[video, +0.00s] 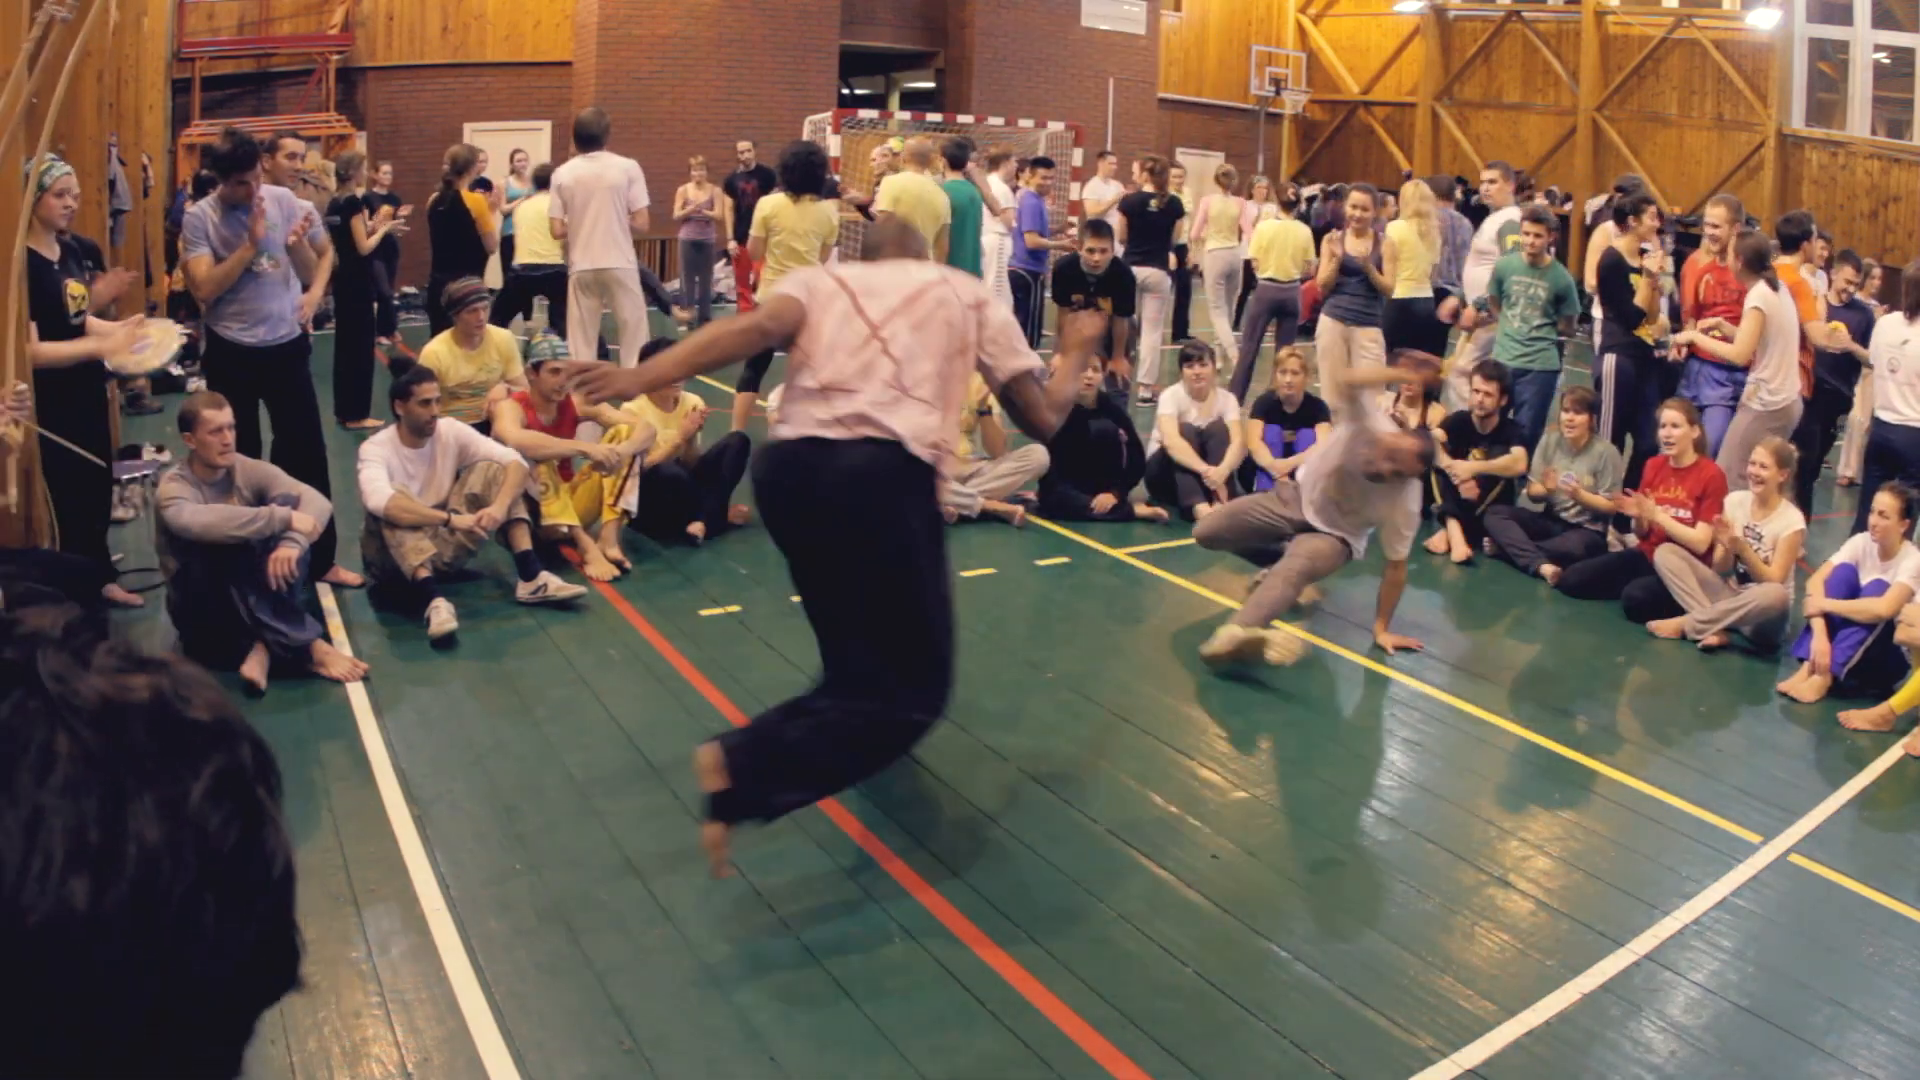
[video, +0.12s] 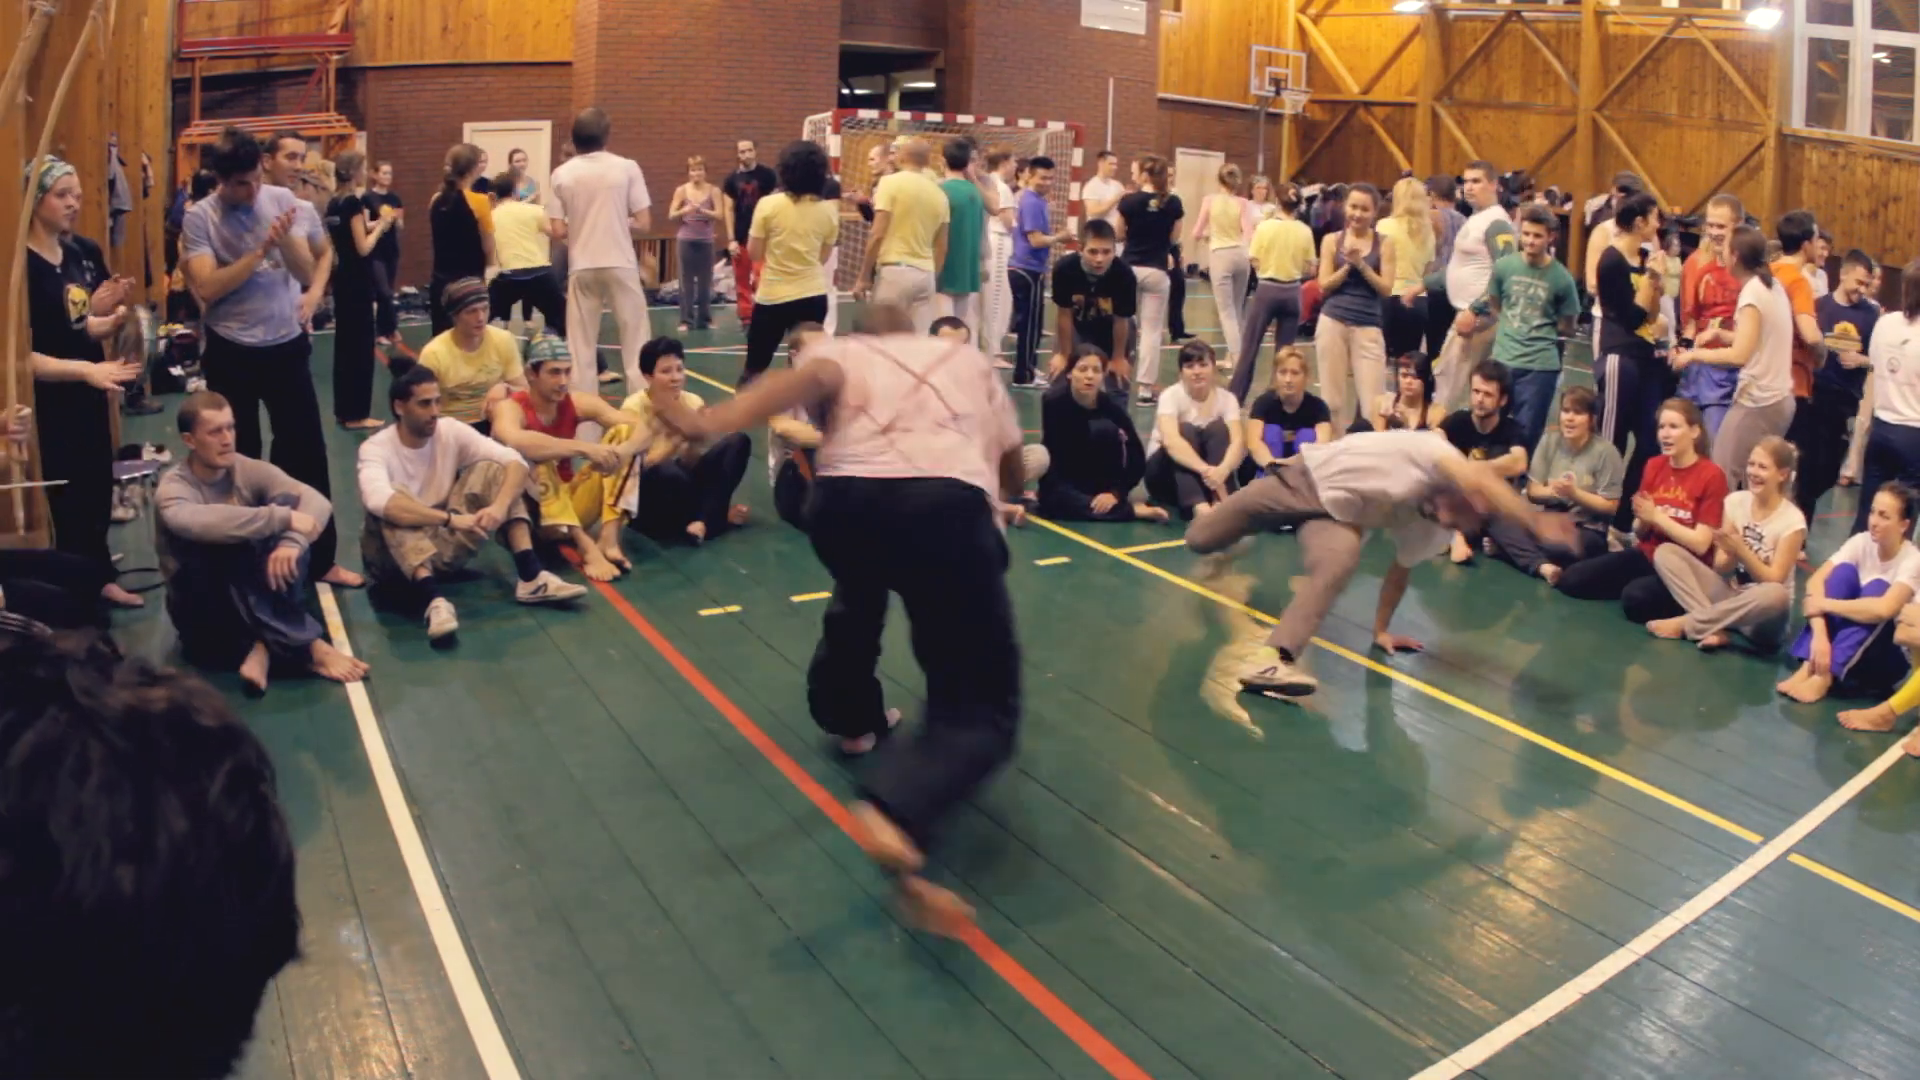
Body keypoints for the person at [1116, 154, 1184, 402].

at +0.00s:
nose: (1134, 175)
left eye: (1137, 171)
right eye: (1136, 170)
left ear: (1145, 175)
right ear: (1164, 176)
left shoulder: (1129, 201)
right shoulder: (1174, 203)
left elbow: (1121, 237)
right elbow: (1175, 238)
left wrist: (1137, 235)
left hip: (1133, 266)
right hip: (1159, 267)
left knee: (1125, 322)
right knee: (1153, 329)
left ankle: (1119, 376)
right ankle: (1145, 385)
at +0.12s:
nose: (1133, 175)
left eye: (1136, 172)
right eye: (1135, 171)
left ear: (1144, 175)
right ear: (1163, 176)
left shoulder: (1129, 200)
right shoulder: (1173, 202)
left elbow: (1119, 233)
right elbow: (1175, 236)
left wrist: (1136, 230)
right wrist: (1158, 232)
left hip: (1131, 266)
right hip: (1158, 268)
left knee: (1123, 322)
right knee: (1153, 329)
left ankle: (1118, 377)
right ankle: (1145, 385)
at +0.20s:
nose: (1133, 175)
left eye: (1136, 172)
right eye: (1135, 171)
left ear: (1144, 175)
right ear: (1162, 176)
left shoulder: (1128, 201)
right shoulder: (1173, 203)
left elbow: (1120, 233)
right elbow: (1174, 237)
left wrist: (1136, 231)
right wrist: (1157, 235)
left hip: (1131, 266)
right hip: (1158, 268)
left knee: (1122, 322)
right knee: (1152, 329)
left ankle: (1116, 378)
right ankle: (1145, 385)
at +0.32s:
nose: (1132, 175)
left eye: (1135, 172)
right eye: (1134, 171)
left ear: (1142, 175)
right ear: (1162, 176)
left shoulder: (1127, 201)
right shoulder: (1172, 203)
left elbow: (1120, 233)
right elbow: (1174, 238)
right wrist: (1155, 232)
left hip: (1131, 265)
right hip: (1157, 268)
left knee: (1121, 322)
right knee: (1152, 329)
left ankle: (1116, 378)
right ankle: (1145, 385)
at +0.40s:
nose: (1134, 177)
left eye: (1136, 173)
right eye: (1135, 173)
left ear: (1142, 176)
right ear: (1163, 176)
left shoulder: (1127, 201)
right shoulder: (1172, 204)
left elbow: (1120, 232)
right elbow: (1173, 237)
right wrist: (1157, 231)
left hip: (1130, 263)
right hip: (1157, 266)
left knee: (1122, 322)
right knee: (1151, 329)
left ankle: (1118, 373)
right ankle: (1145, 381)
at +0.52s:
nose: (1134, 176)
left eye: (1136, 173)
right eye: (1135, 173)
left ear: (1142, 176)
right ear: (1161, 176)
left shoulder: (1126, 201)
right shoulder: (1172, 204)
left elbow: (1120, 231)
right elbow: (1173, 237)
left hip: (1129, 263)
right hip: (1156, 265)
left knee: (1122, 323)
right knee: (1151, 330)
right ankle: (1148, 372)